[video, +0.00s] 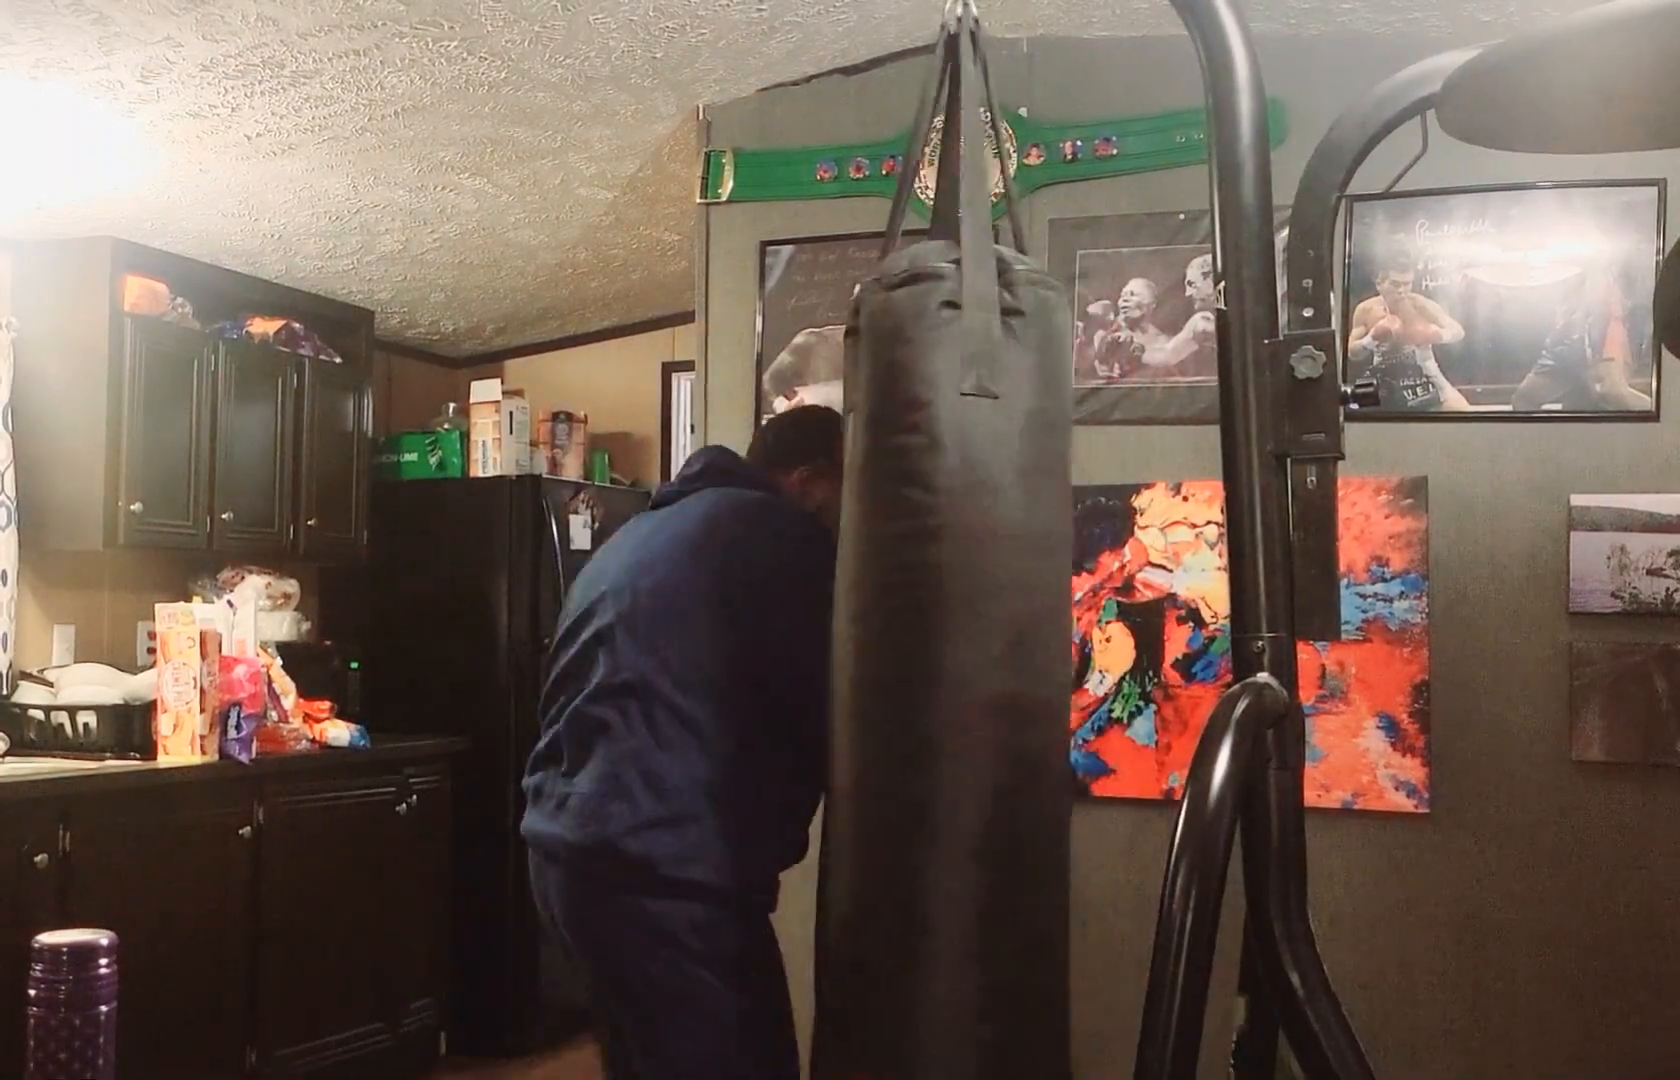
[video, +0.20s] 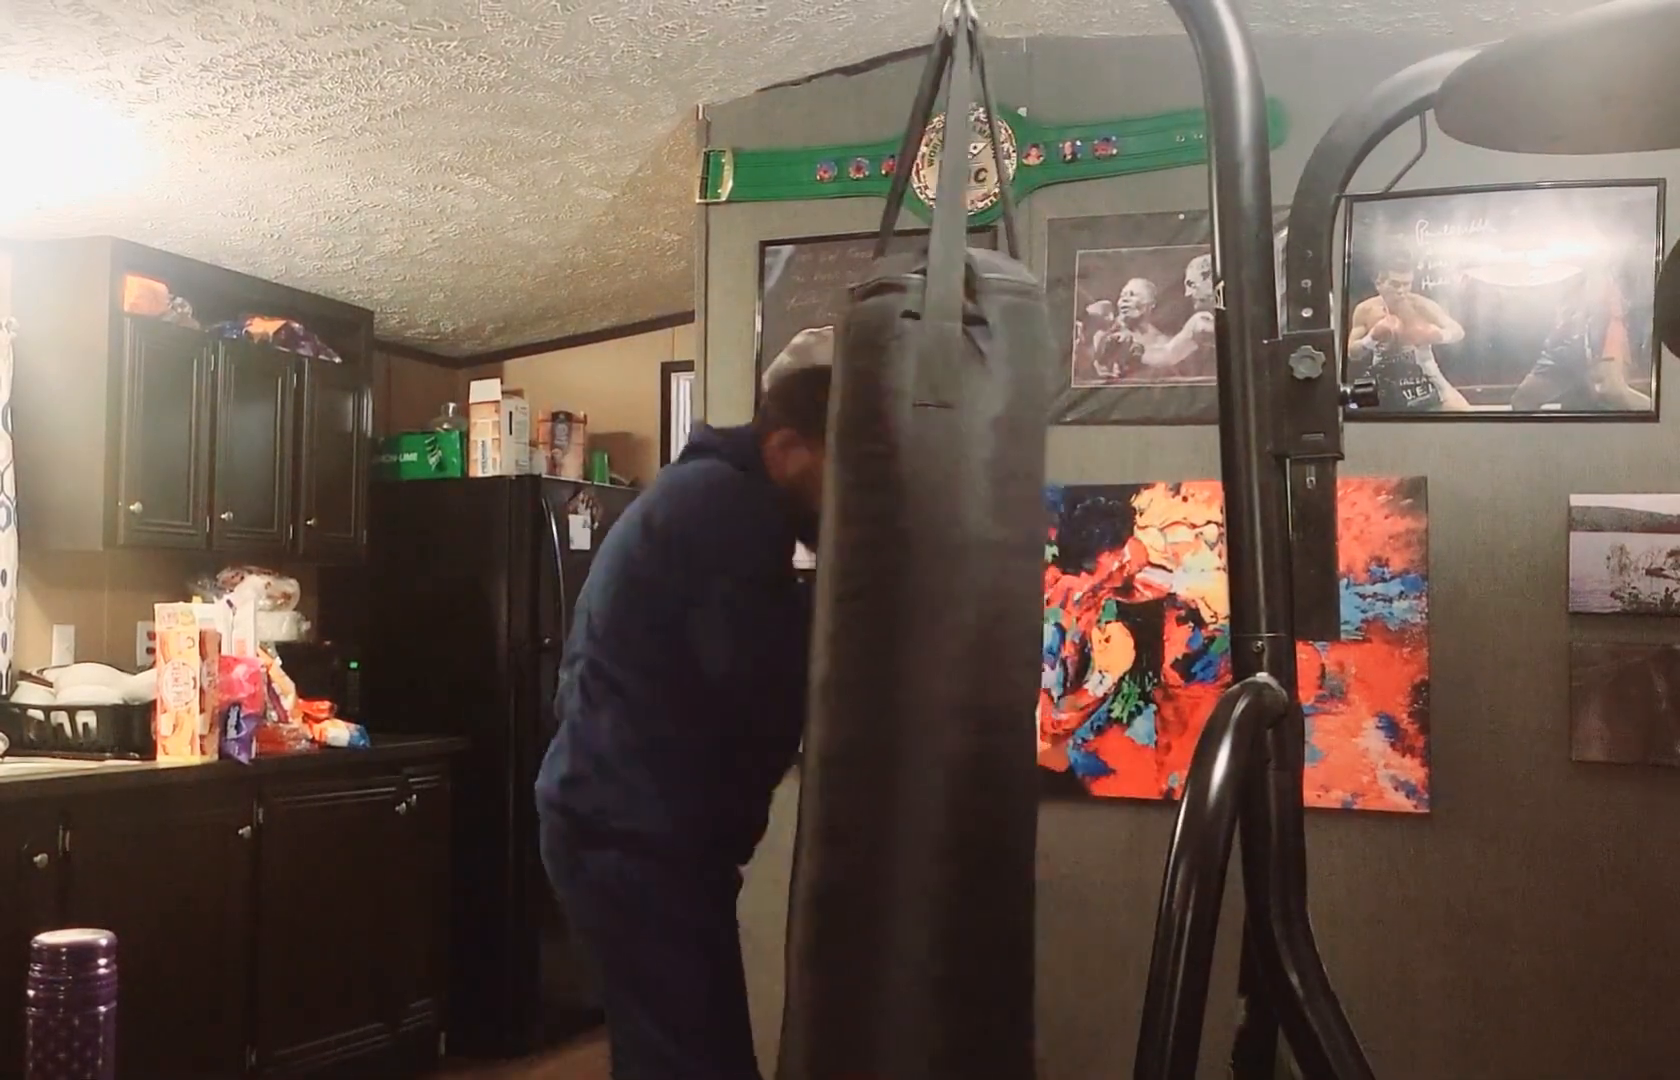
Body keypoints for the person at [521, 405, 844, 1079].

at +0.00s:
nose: (833, 524)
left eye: (840, 511)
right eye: (837, 507)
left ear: (753, 465)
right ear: (805, 480)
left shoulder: (634, 533)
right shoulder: (790, 534)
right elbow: (814, 711)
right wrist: (775, 842)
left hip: (563, 847)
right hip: (681, 860)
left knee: (643, 1059)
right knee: (751, 1063)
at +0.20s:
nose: (840, 488)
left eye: (845, 467)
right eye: (837, 465)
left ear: (782, 449)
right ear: (787, 449)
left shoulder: (713, 493)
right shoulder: (728, 505)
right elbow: (763, 682)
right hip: (638, 836)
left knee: (689, 1052)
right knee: (700, 1057)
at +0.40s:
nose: (802, 477)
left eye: (811, 456)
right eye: (789, 455)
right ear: (728, 430)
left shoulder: (752, 498)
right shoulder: (644, 492)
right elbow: (635, 663)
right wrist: (760, 536)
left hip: (719, 808)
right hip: (634, 815)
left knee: (739, 1029)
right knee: (672, 1041)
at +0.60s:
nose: (803, 502)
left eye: (810, 479)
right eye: (785, 483)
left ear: (819, 460)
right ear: (722, 463)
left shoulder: (789, 541)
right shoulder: (629, 542)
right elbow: (544, 697)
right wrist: (681, 677)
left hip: (737, 821)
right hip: (638, 830)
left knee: (742, 1030)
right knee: (671, 1041)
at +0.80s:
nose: (831, 463)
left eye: (837, 442)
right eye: (814, 445)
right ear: (748, 426)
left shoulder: (792, 501)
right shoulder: (686, 504)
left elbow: (833, 628)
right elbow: (659, 679)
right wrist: (811, 671)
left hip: (718, 811)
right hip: (642, 816)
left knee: (723, 1039)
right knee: (675, 1045)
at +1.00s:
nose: (815, 469)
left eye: (822, 448)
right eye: (798, 450)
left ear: (830, 432)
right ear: (733, 432)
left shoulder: (770, 510)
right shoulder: (676, 506)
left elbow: (784, 667)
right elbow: (663, 692)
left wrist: (847, 633)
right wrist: (828, 697)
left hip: (707, 829)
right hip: (637, 835)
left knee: (726, 1049)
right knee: (675, 1052)